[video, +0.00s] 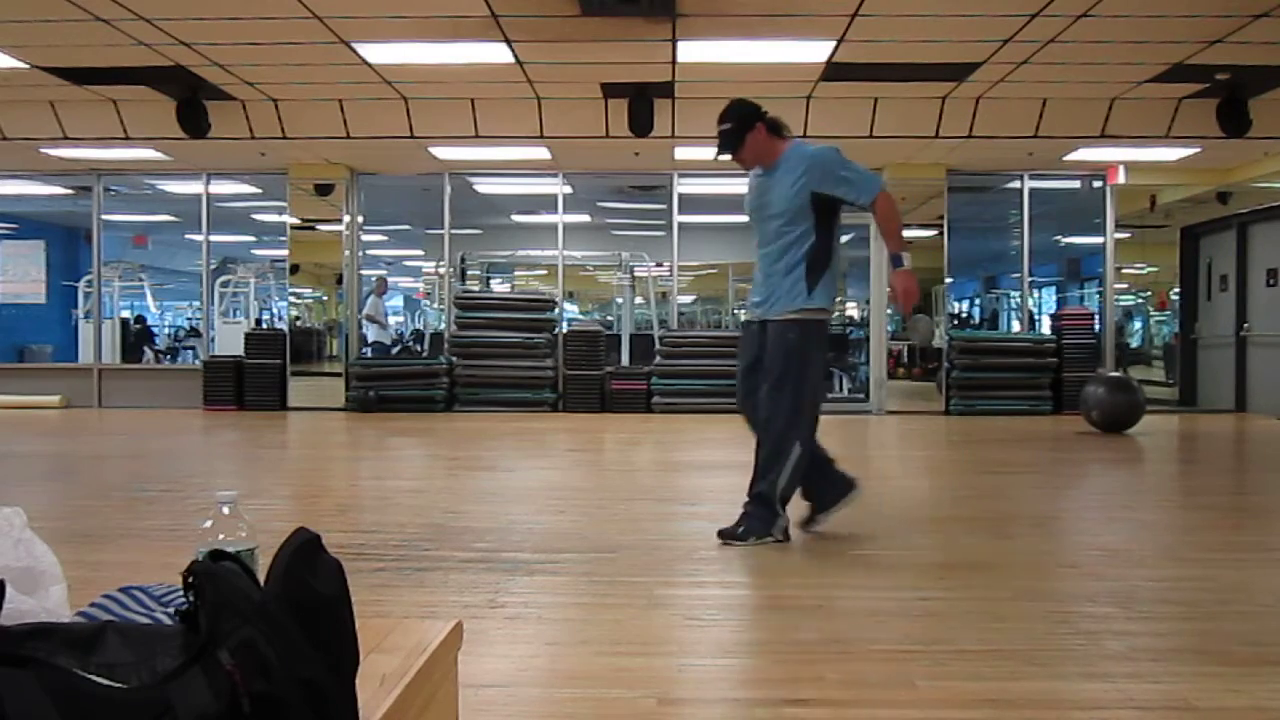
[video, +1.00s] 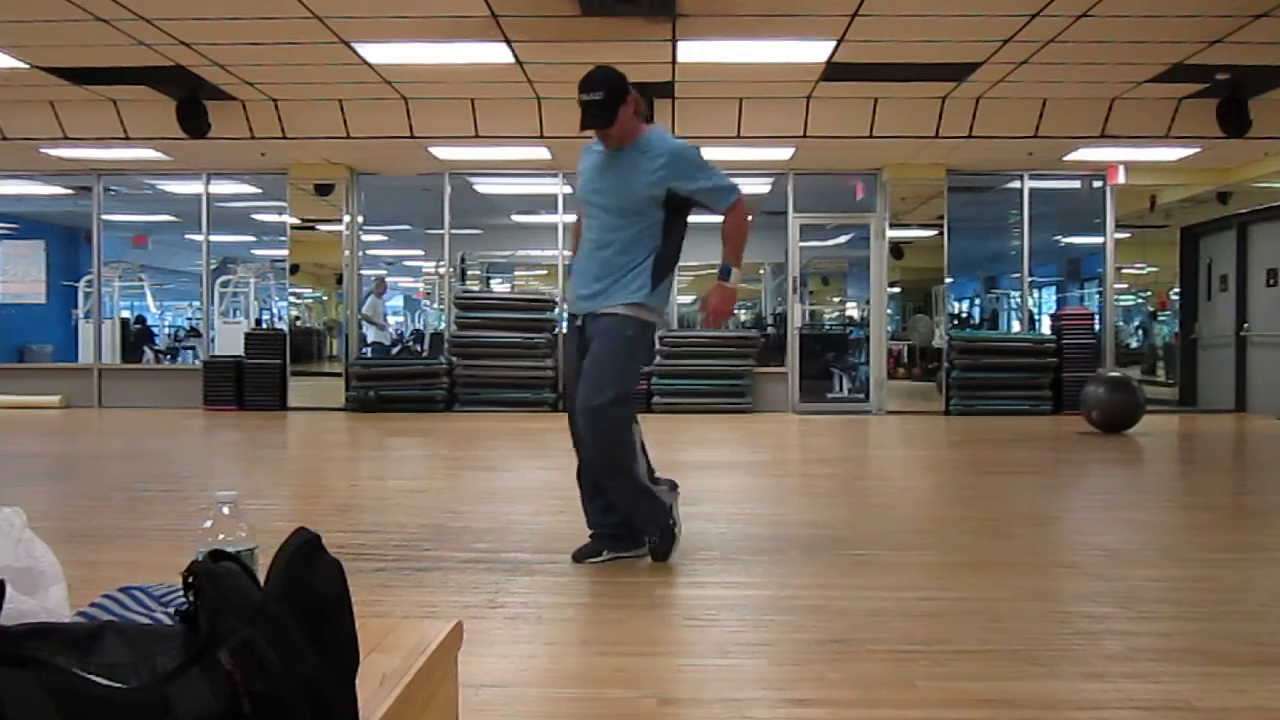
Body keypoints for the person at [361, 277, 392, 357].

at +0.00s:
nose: (386, 289)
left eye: (386, 286)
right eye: (384, 286)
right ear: (378, 286)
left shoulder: (380, 300)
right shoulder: (373, 299)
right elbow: (367, 314)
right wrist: (381, 322)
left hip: (384, 337)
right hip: (377, 338)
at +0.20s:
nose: (385, 288)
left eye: (385, 286)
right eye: (383, 286)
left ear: (386, 286)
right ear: (377, 287)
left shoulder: (381, 300)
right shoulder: (373, 299)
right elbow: (367, 314)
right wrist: (380, 323)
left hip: (384, 337)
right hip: (377, 338)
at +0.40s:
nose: (385, 289)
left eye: (385, 286)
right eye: (383, 286)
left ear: (385, 287)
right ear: (377, 287)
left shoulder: (381, 300)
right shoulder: (373, 299)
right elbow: (366, 314)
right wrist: (380, 322)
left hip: (384, 337)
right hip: (377, 337)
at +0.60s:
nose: (385, 288)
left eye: (385, 286)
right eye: (383, 286)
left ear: (385, 287)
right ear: (377, 287)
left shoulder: (381, 301)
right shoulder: (372, 299)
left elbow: (383, 316)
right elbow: (365, 314)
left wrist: (388, 325)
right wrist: (378, 323)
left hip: (385, 337)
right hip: (376, 337)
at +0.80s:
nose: (385, 288)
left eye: (385, 286)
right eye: (383, 285)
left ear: (385, 287)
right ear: (377, 287)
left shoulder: (381, 301)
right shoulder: (372, 299)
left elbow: (383, 316)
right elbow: (365, 314)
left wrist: (387, 324)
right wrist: (379, 324)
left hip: (385, 337)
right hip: (376, 337)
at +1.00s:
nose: (385, 288)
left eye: (385, 286)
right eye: (383, 286)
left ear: (385, 287)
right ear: (377, 287)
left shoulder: (381, 301)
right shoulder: (372, 299)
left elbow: (383, 316)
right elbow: (365, 314)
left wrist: (386, 324)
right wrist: (378, 324)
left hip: (384, 337)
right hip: (376, 338)